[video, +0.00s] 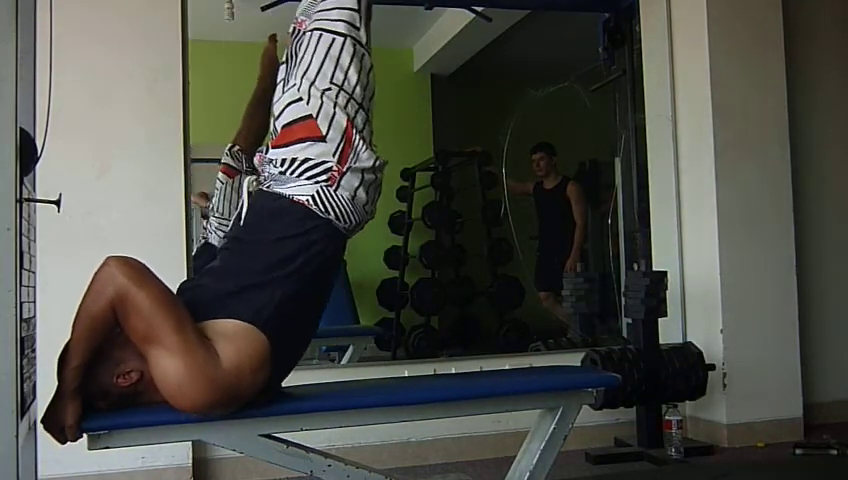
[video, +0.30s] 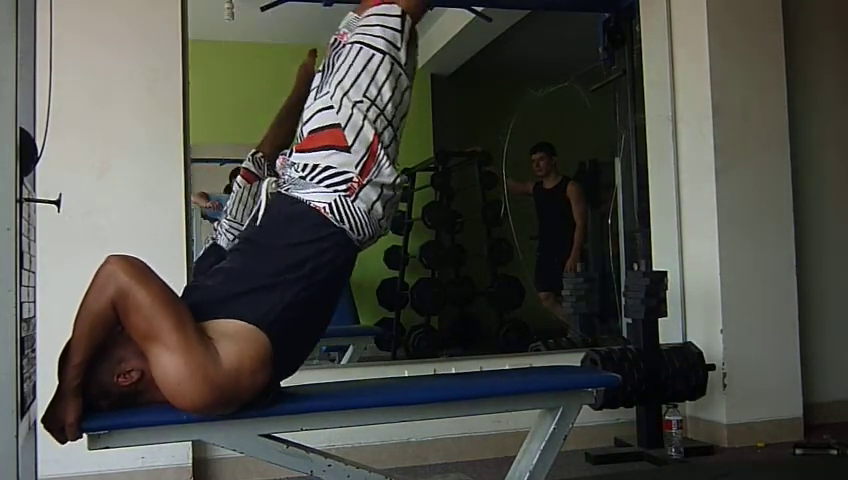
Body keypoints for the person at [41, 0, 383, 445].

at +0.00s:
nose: (129, 334)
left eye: (114, 340)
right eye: (119, 343)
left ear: (127, 378)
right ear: (126, 374)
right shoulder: (193, 378)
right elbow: (116, 274)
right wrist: (68, 388)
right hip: (313, 187)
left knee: (232, 176)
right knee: (330, 9)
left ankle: (267, 83)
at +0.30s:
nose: (118, 368)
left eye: (107, 369)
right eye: (111, 374)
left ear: (120, 371)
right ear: (126, 376)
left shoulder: (183, 361)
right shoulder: (190, 375)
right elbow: (117, 272)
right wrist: (69, 382)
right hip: (325, 204)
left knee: (257, 169)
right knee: (383, 16)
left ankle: (300, 92)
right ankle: (410, 12)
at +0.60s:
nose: (127, 357)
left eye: (117, 360)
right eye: (121, 362)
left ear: (124, 371)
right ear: (130, 368)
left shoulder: (190, 361)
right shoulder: (193, 375)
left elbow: (119, 272)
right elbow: (117, 271)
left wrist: (73, 376)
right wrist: (69, 387)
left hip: (313, 209)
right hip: (345, 211)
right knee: (444, 24)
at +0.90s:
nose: (128, 357)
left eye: (114, 364)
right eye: (122, 365)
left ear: (126, 371)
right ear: (130, 373)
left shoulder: (190, 358)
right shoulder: (194, 376)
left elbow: (116, 276)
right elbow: (119, 273)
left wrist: (71, 384)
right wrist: (72, 387)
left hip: (340, 212)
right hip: (370, 219)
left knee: (469, 82)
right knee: (486, 75)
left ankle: (592, 7)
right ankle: (595, 2)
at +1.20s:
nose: (128, 354)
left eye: (113, 352)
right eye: (118, 360)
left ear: (127, 359)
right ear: (134, 376)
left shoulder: (194, 350)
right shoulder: (200, 374)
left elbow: (115, 278)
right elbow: (118, 269)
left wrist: (77, 376)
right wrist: (75, 382)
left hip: (364, 218)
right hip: (389, 233)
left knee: (508, 119)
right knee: (521, 118)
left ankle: (629, 71)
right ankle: (638, 62)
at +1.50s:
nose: (136, 365)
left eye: (124, 366)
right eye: (125, 381)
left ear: (139, 349)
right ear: (142, 388)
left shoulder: (196, 340)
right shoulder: (202, 373)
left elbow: (117, 274)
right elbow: (124, 272)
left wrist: (74, 380)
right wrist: (75, 383)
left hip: (364, 235)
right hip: (390, 249)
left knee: (518, 163)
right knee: (534, 161)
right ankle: (665, 135)